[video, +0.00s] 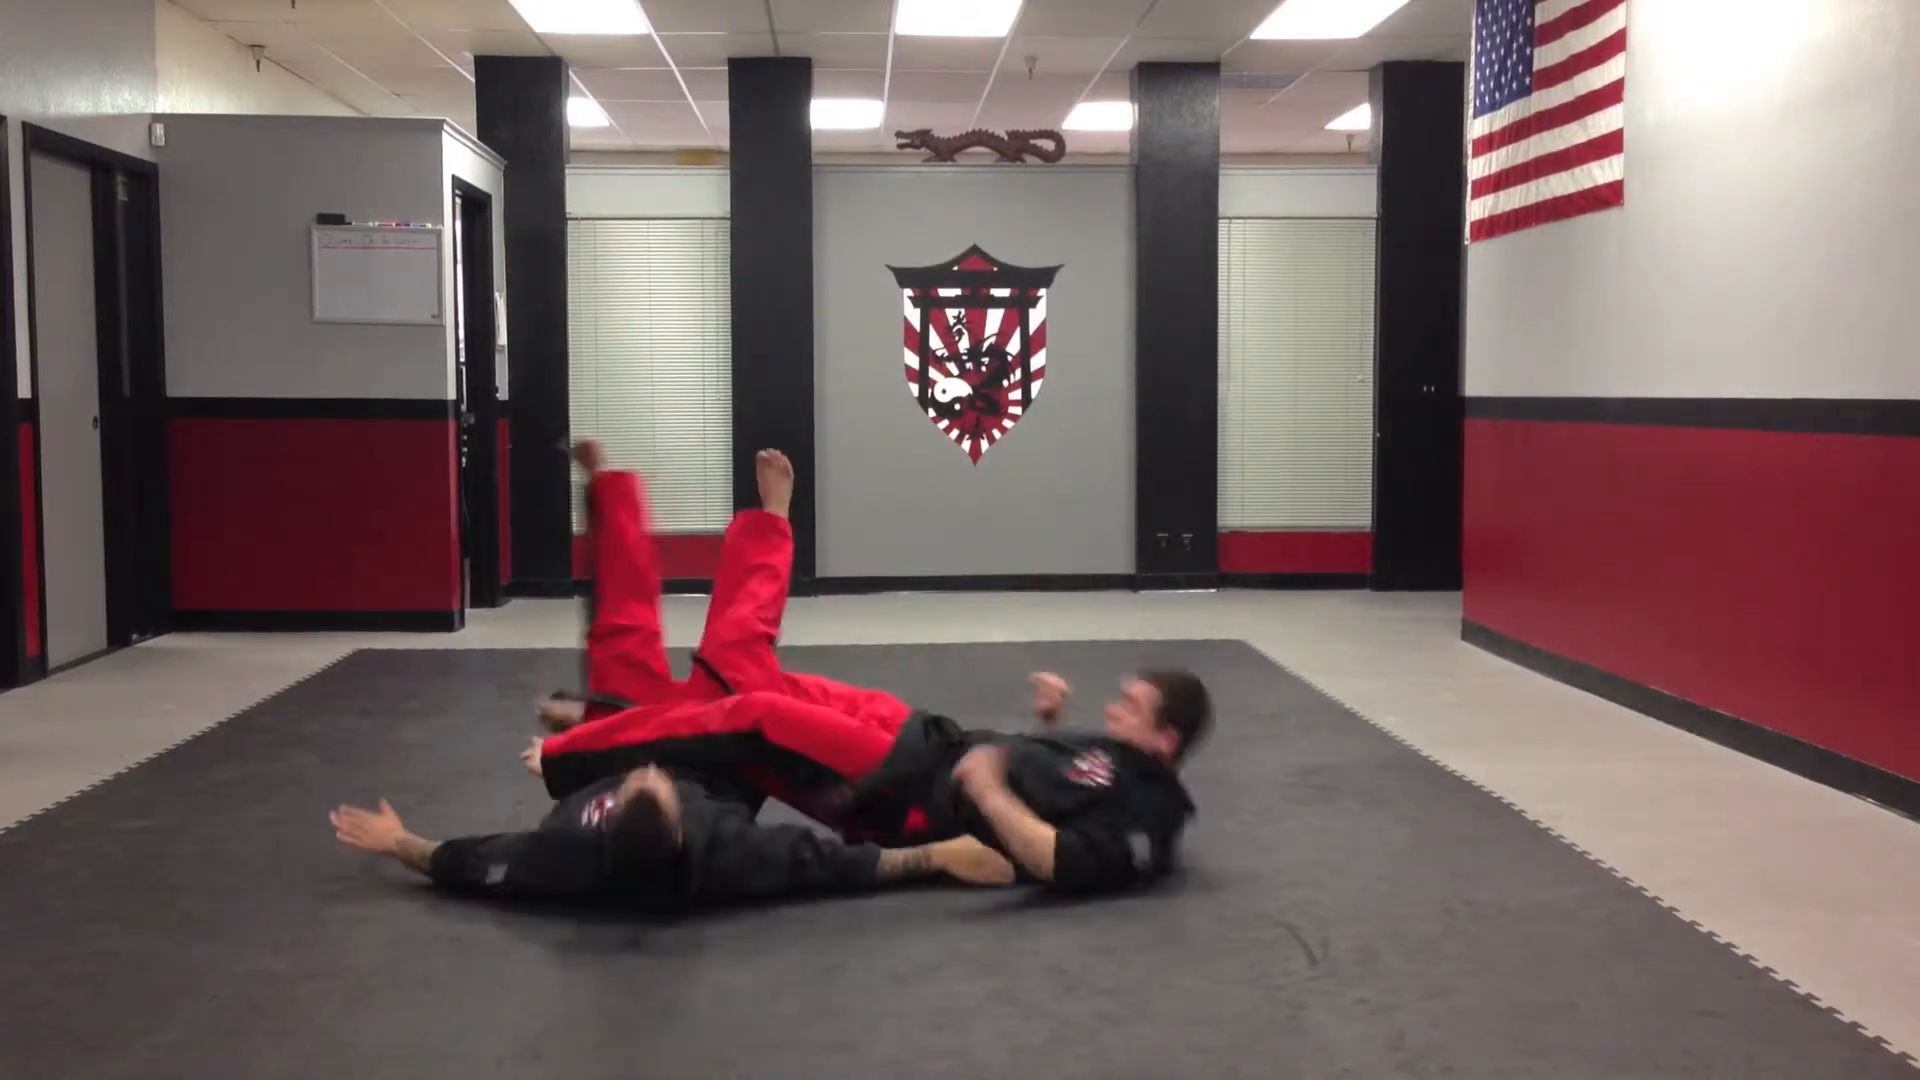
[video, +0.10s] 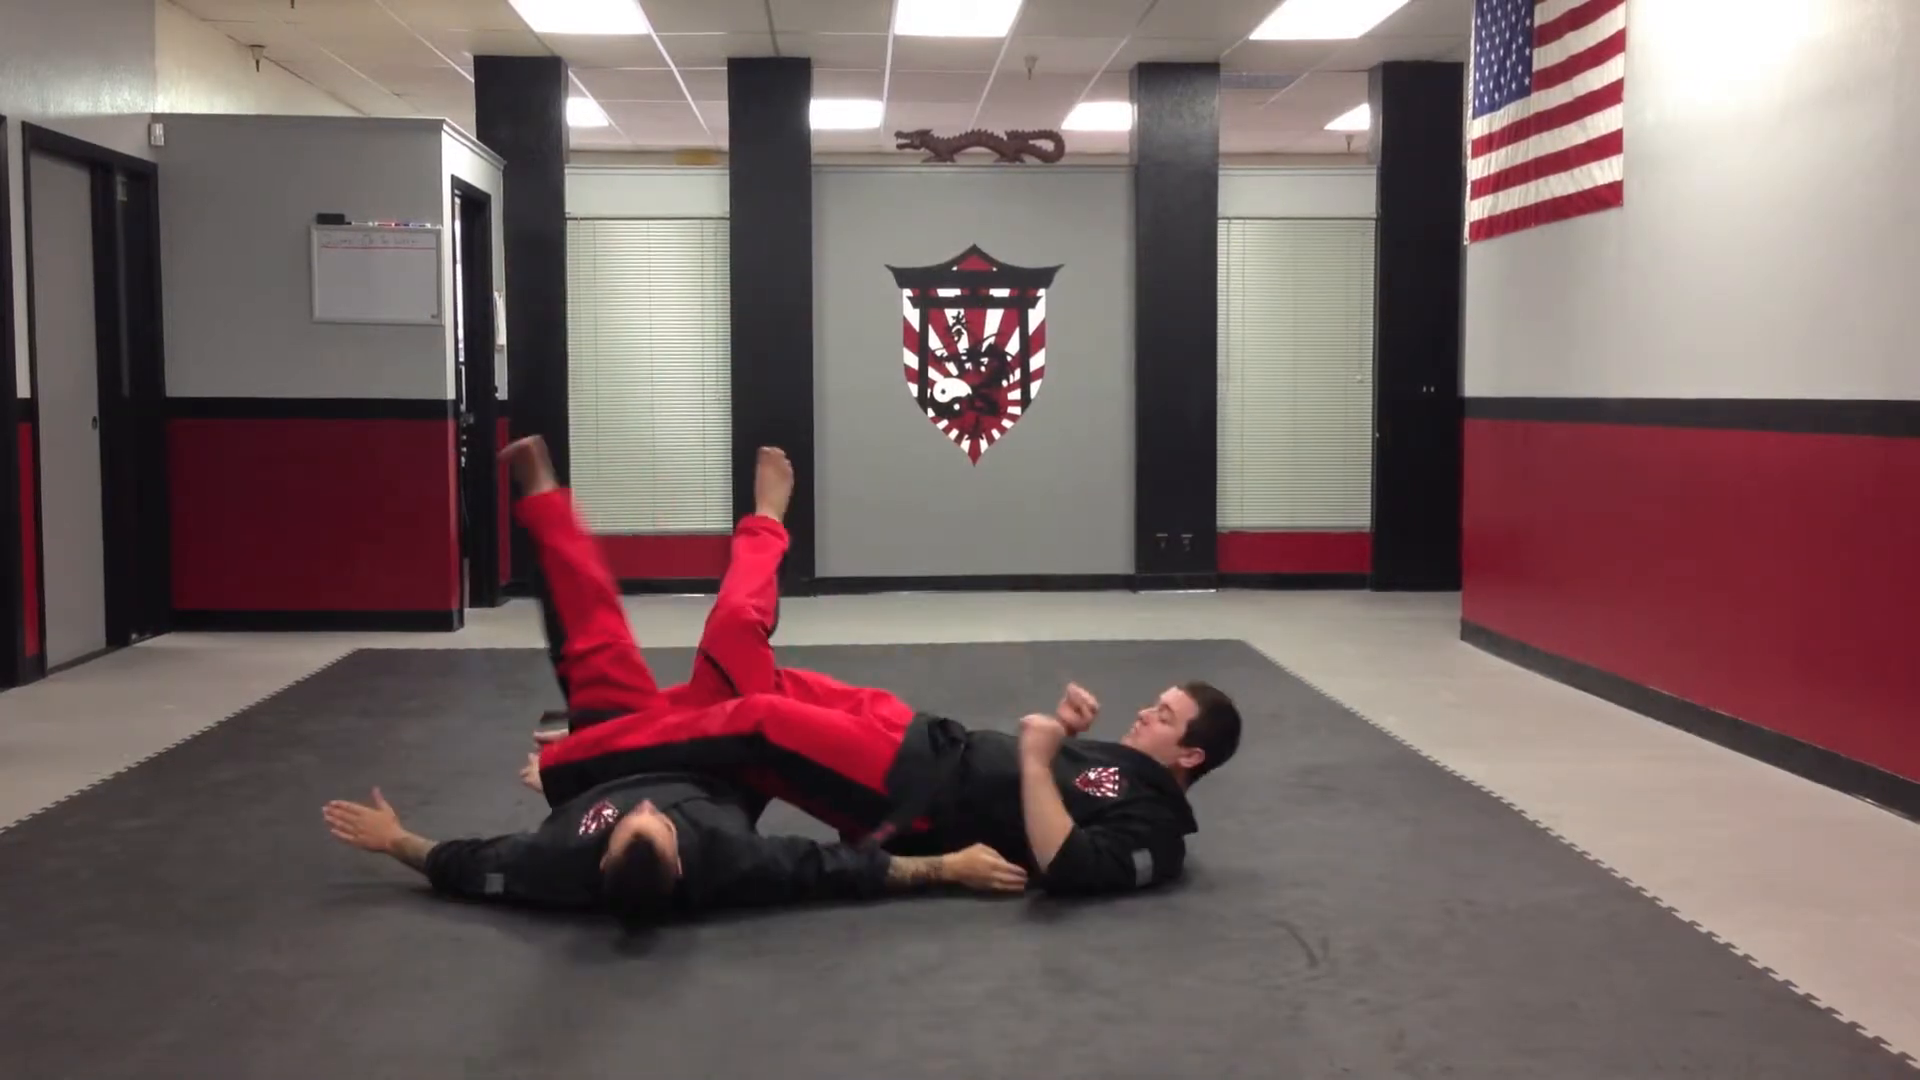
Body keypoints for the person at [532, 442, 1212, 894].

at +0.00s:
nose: (1114, 710)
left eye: (1131, 706)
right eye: (1122, 701)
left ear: (1166, 733)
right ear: (1147, 722)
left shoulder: (1146, 809)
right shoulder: (1116, 759)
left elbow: (1058, 863)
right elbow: (1044, 777)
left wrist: (992, 791)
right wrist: (1047, 723)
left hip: (913, 775)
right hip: (913, 732)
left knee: (756, 708)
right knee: (747, 690)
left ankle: (563, 757)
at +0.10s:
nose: (1144, 713)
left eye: (1164, 715)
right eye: (1153, 705)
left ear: (1191, 753)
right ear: (1160, 726)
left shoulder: (1156, 818)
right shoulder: (1121, 762)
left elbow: (1065, 867)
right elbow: (1036, 785)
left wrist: (1040, 757)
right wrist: (1071, 732)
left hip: (913, 778)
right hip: (908, 728)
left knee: (759, 714)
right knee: (748, 673)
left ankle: (569, 760)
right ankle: (768, 524)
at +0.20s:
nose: (1143, 716)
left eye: (1163, 716)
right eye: (1152, 707)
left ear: (1193, 754)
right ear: (1159, 726)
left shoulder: (1156, 818)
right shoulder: (1118, 766)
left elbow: (1070, 870)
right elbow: (1024, 793)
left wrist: (1047, 761)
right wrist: (1047, 746)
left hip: (910, 780)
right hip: (906, 731)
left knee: (763, 722)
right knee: (755, 687)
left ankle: (571, 763)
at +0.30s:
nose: (1137, 716)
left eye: (1157, 716)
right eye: (1145, 707)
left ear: (1186, 753)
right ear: (1149, 721)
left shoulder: (1150, 818)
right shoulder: (1111, 763)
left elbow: (1066, 869)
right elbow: (1018, 790)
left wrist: (1042, 760)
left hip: (913, 782)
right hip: (912, 737)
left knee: (767, 719)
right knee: (772, 687)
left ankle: (572, 765)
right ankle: (611, 733)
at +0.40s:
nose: (1131, 711)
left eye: (1150, 711)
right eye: (1139, 702)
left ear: (1181, 748)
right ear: (1146, 719)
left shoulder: (1144, 818)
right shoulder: (1106, 760)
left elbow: (1057, 859)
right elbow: (1015, 786)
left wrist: (1037, 748)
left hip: (911, 783)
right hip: (910, 738)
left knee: (763, 714)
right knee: (772, 678)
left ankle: (571, 764)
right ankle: (605, 726)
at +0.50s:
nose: (1127, 711)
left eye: (1147, 710)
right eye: (1134, 702)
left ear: (1178, 745)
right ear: (1138, 716)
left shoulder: (1142, 815)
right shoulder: (1104, 759)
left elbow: (1046, 841)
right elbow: (1025, 788)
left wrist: (1033, 737)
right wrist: (1025, 730)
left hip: (913, 785)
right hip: (908, 737)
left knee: (763, 714)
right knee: (768, 683)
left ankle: (570, 767)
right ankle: (601, 726)